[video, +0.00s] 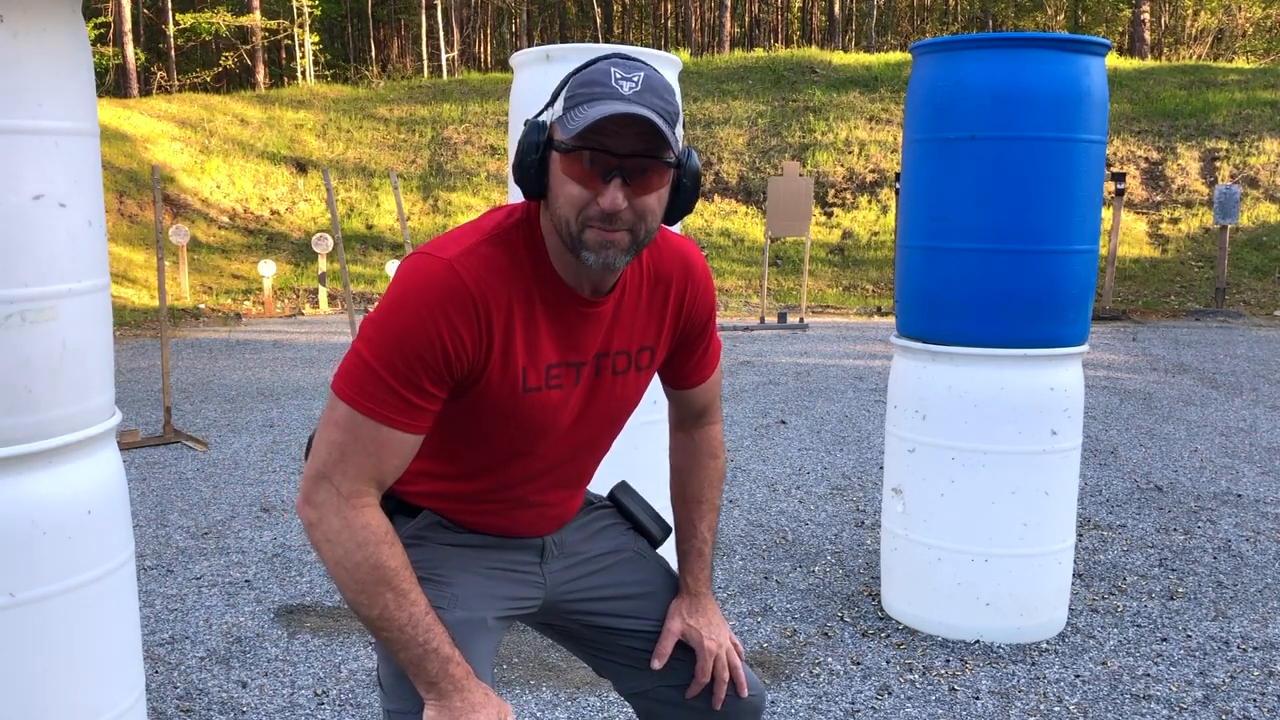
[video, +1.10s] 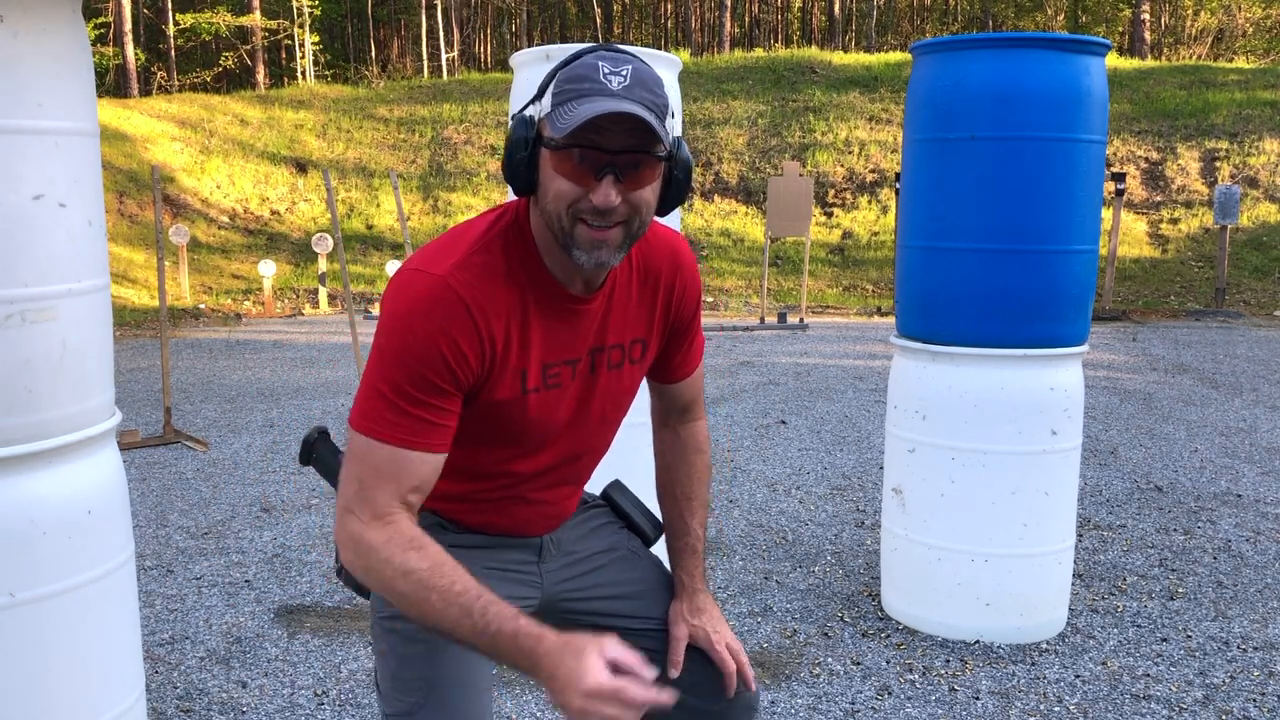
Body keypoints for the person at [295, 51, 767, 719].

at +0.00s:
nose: (612, 198)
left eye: (641, 171)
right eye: (590, 164)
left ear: (674, 181)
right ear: (543, 162)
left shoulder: (678, 275)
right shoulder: (448, 283)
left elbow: (698, 420)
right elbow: (333, 496)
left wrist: (696, 588)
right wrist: (450, 689)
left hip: (576, 527)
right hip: (445, 539)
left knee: (727, 700)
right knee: (440, 709)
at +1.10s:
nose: (605, 194)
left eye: (632, 165)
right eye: (581, 160)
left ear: (665, 176)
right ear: (530, 159)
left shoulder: (667, 267)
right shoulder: (442, 292)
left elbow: (681, 416)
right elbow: (368, 526)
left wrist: (692, 585)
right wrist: (543, 653)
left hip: (572, 530)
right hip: (445, 544)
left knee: (721, 692)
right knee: (444, 706)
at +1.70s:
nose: (582, 196)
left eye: (609, 164)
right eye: (557, 160)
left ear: (637, 171)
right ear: (500, 158)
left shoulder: (619, 251)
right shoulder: (443, 299)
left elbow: (625, 419)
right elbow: (619, 503)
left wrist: (661, 575)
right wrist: (711, 336)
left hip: (546, 535)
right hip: (423, 562)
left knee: (689, 685)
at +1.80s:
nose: (582, 198)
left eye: (609, 166)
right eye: (557, 161)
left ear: (637, 174)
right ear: (500, 160)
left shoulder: (621, 254)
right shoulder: (442, 302)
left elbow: (627, 425)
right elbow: (619, 504)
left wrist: (662, 578)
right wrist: (710, 337)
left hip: (547, 535)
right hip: (423, 562)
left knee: (691, 686)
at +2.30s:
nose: (594, 203)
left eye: (622, 170)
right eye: (569, 165)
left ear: (651, 177)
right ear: (515, 161)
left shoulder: (638, 258)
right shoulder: (450, 300)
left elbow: (647, 423)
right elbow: (612, 512)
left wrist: (675, 584)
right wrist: (719, 345)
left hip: (561, 538)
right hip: (433, 558)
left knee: (699, 688)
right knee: (452, 705)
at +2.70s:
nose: (615, 191)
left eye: (639, 162)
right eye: (588, 156)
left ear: (665, 170)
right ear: (528, 151)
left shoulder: (647, 255)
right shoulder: (454, 298)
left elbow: (654, 409)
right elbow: (385, 556)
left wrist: (683, 581)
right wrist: (562, 672)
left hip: (569, 533)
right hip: (449, 560)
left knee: (709, 687)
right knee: (465, 707)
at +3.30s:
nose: (661, 197)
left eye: (661, 171)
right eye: (641, 170)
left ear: (552, 180)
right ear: (551, 174)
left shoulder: (560, 259)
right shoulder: (463, 338)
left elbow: (583, 417)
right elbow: (628, 558)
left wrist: (635, 574)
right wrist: (665, 359)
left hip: (530, 544)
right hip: (425, 585)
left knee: (670, 688)